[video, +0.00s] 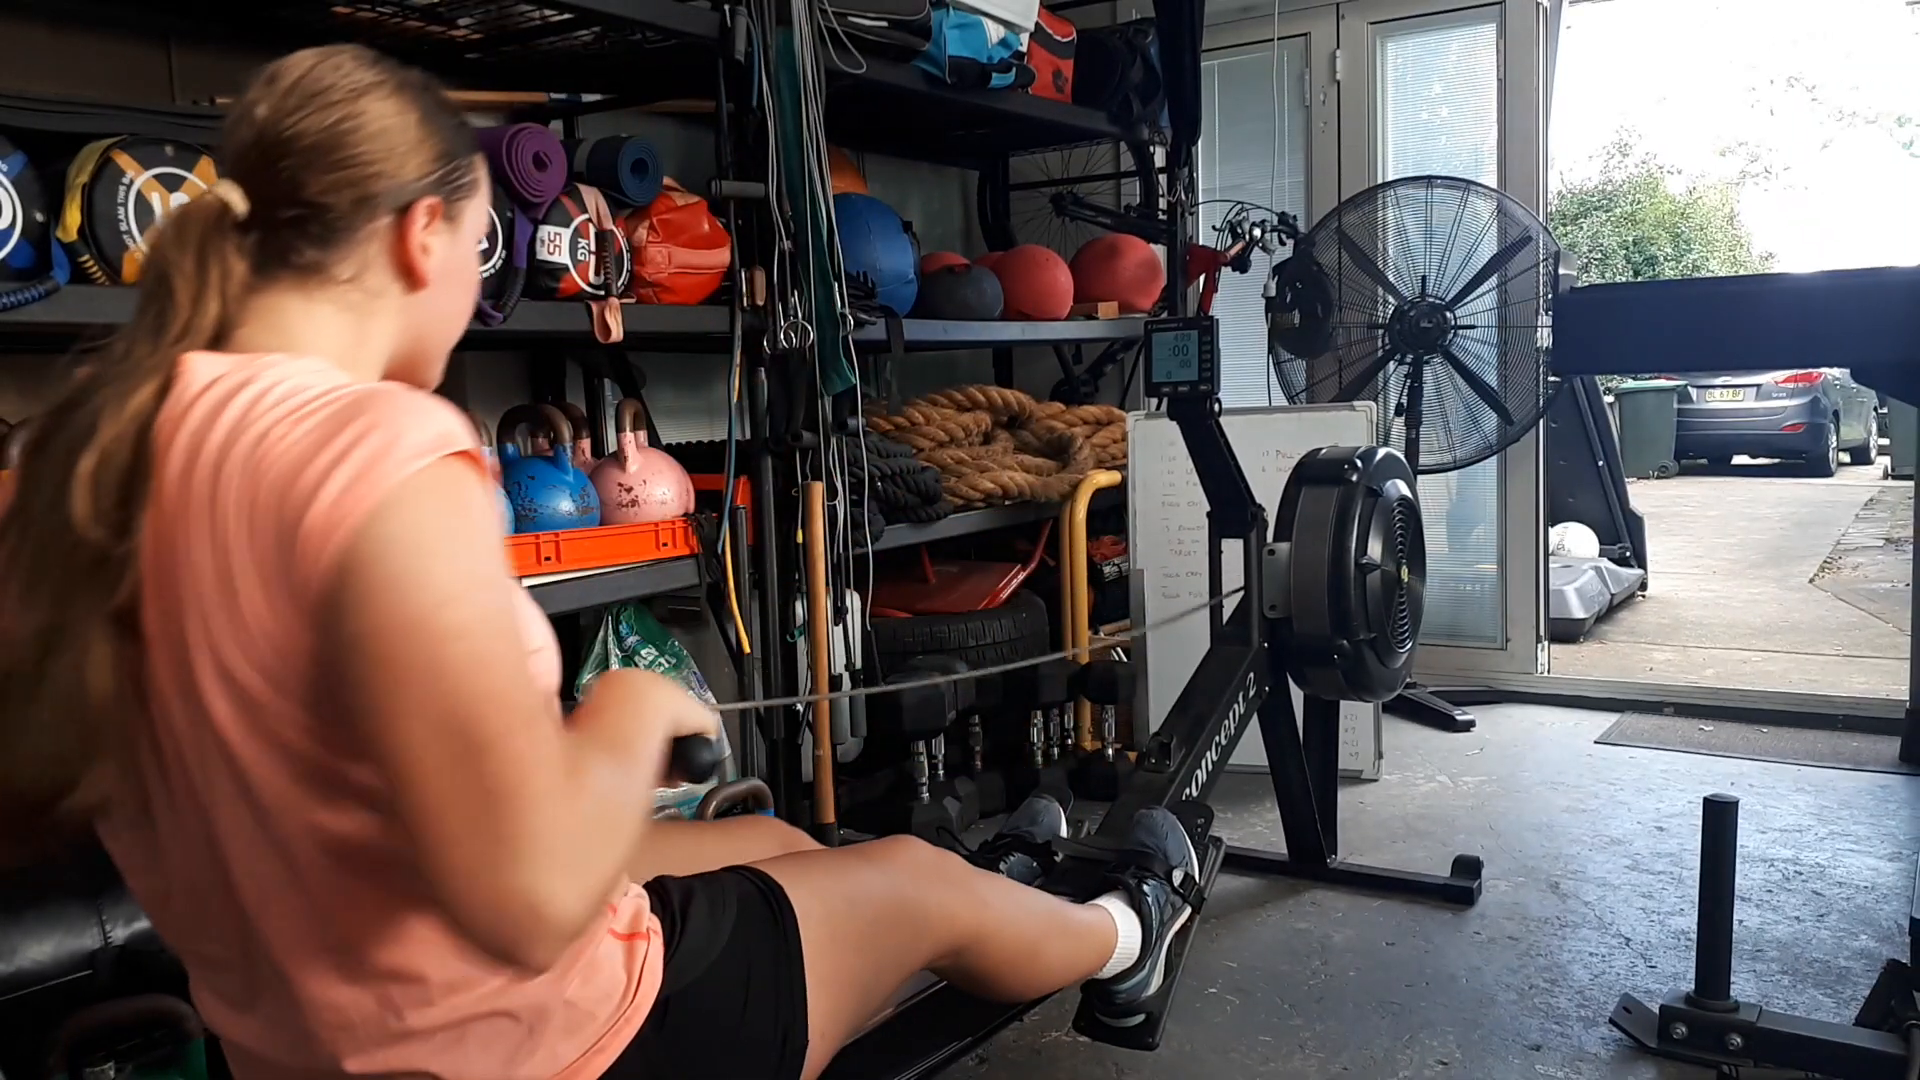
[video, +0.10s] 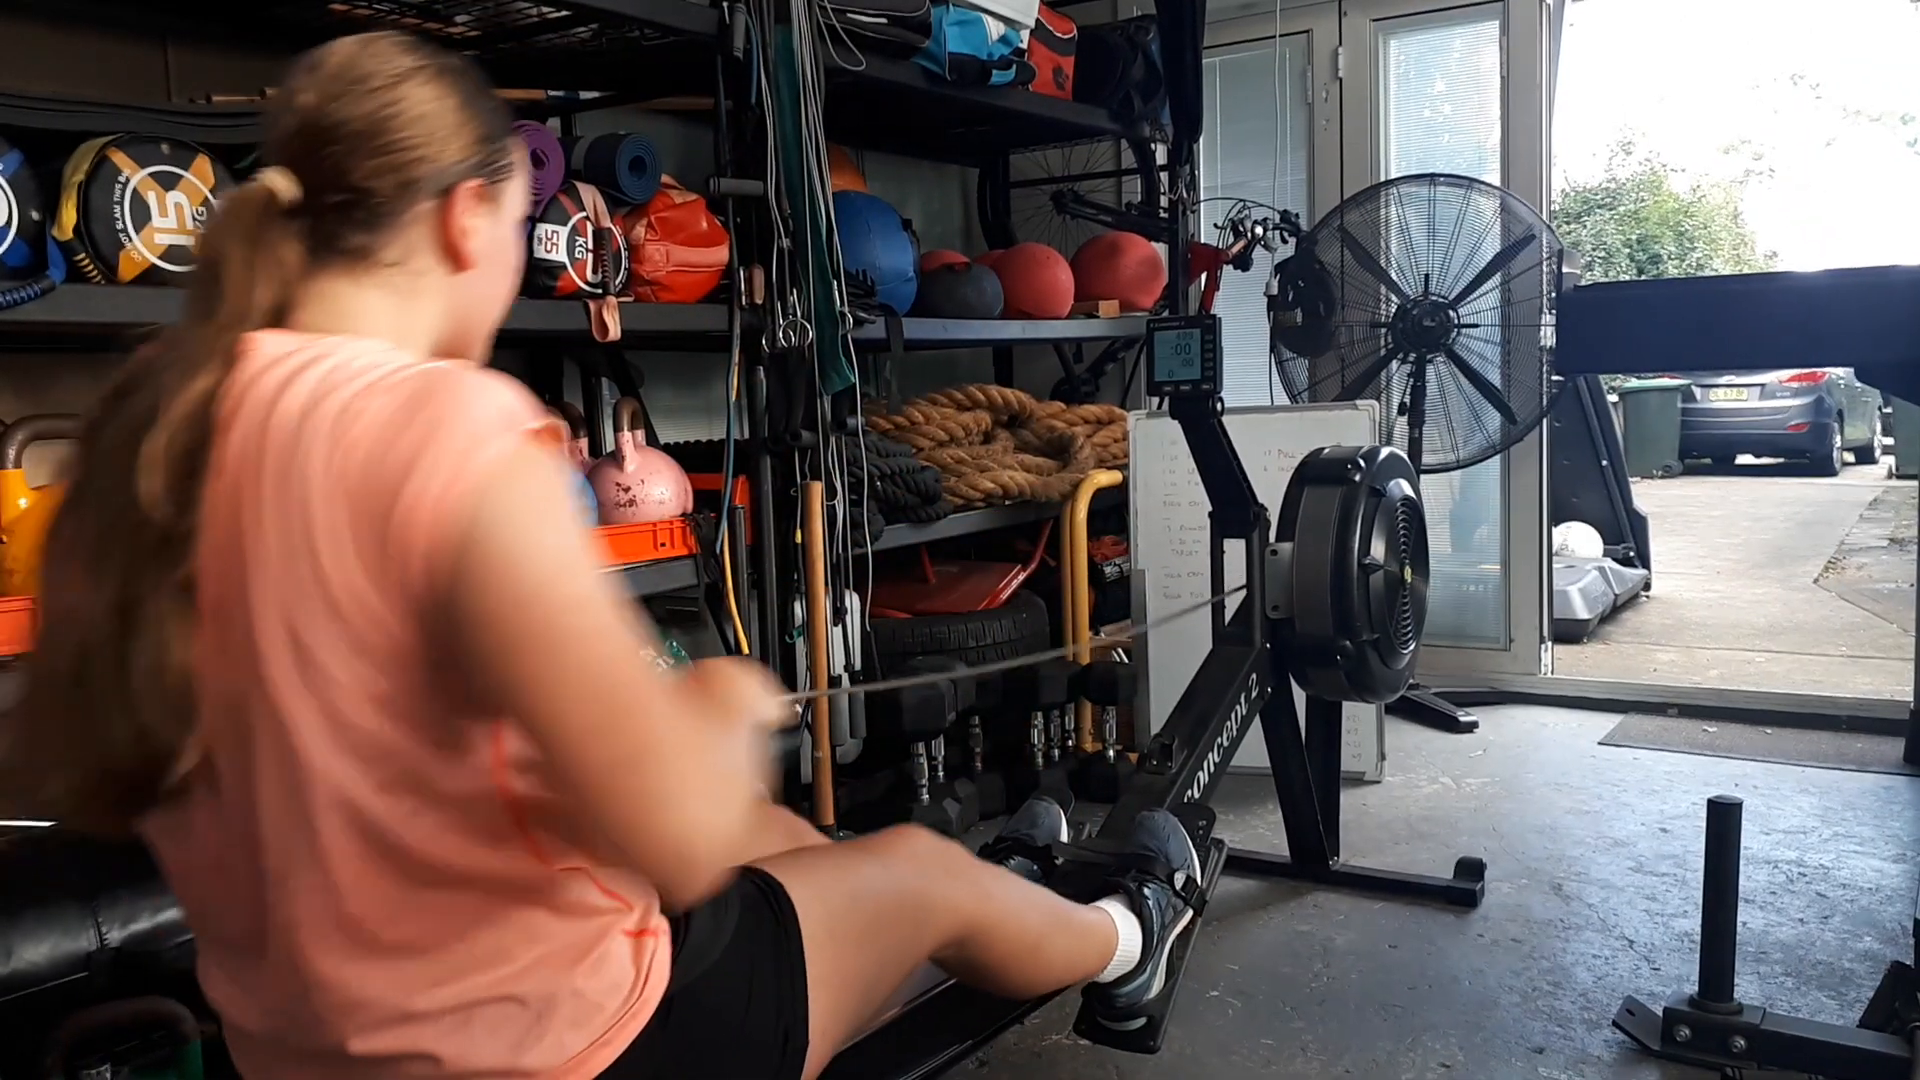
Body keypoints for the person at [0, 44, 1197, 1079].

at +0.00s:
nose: (481, 289)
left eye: (486, 251)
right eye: (483, 247)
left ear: (248, 233)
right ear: (418, 239)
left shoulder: (101, 433)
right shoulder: (387, 464)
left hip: (286, 1034)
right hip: (517, 1044)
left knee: (760, 841)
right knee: (918, 880)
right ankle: (1114, 945)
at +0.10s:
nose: (521, 268)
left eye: (523, 228)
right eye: (520, 226)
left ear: (286, 218)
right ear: (461, 223)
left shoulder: (153, 424)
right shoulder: (449, 439)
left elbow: (102, 771)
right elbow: (681, 847)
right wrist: (729, 705)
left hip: (286, 1038)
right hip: (539, 1040)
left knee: (754, 815)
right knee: (925, 870)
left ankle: (887, 992)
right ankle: (1115, 948)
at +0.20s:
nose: (604, 245)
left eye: (603, 212)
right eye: (597, 210)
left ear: (388, 213)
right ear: (542, 211)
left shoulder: (292, 406)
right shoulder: (561, 416)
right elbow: (847, 748)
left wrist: (821, 774)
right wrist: (869, 660)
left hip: (320, 1030)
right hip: (562, 1035)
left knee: (814, 784)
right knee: (931, 832)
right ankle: (1115, 948)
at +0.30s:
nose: (689, 248)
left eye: (687, 217)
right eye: (684, 216)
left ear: (488, 214)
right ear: (636, 219)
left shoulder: (378, 394)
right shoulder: (675, 408)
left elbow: (492, 676)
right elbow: (951, 690)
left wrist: (720, 633)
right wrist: (982, 633)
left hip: (355, 1011)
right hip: (596, 1026)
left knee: (792, 755)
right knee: (949, 783)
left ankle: (907, 928)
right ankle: (1122, 955)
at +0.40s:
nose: (769, 256)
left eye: (768, 232)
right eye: (768, 230)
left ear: (584, 235)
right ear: (735, 239)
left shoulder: (490, 396)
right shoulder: (775, 413)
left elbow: (573, 604)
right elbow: (1029, 628)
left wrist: (787, 617)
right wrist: (1060, 610)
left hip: (416, 1015)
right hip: (659, 1025)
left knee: (794, 711)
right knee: (974, 730)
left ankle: (916, 901)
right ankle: (1122, 959)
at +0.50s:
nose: (842, 271)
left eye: (835, 250)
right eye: (840, 249)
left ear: (675, 250)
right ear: (815, 257)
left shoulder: (591, 407)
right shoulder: (852, 415)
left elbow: (668, 585)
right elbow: (1058, 589)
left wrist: (868, 603)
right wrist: (1128, 599)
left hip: (497, 986)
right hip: (728, 996)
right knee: (993, 665)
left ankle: (928, 898)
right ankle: (1121, 958)